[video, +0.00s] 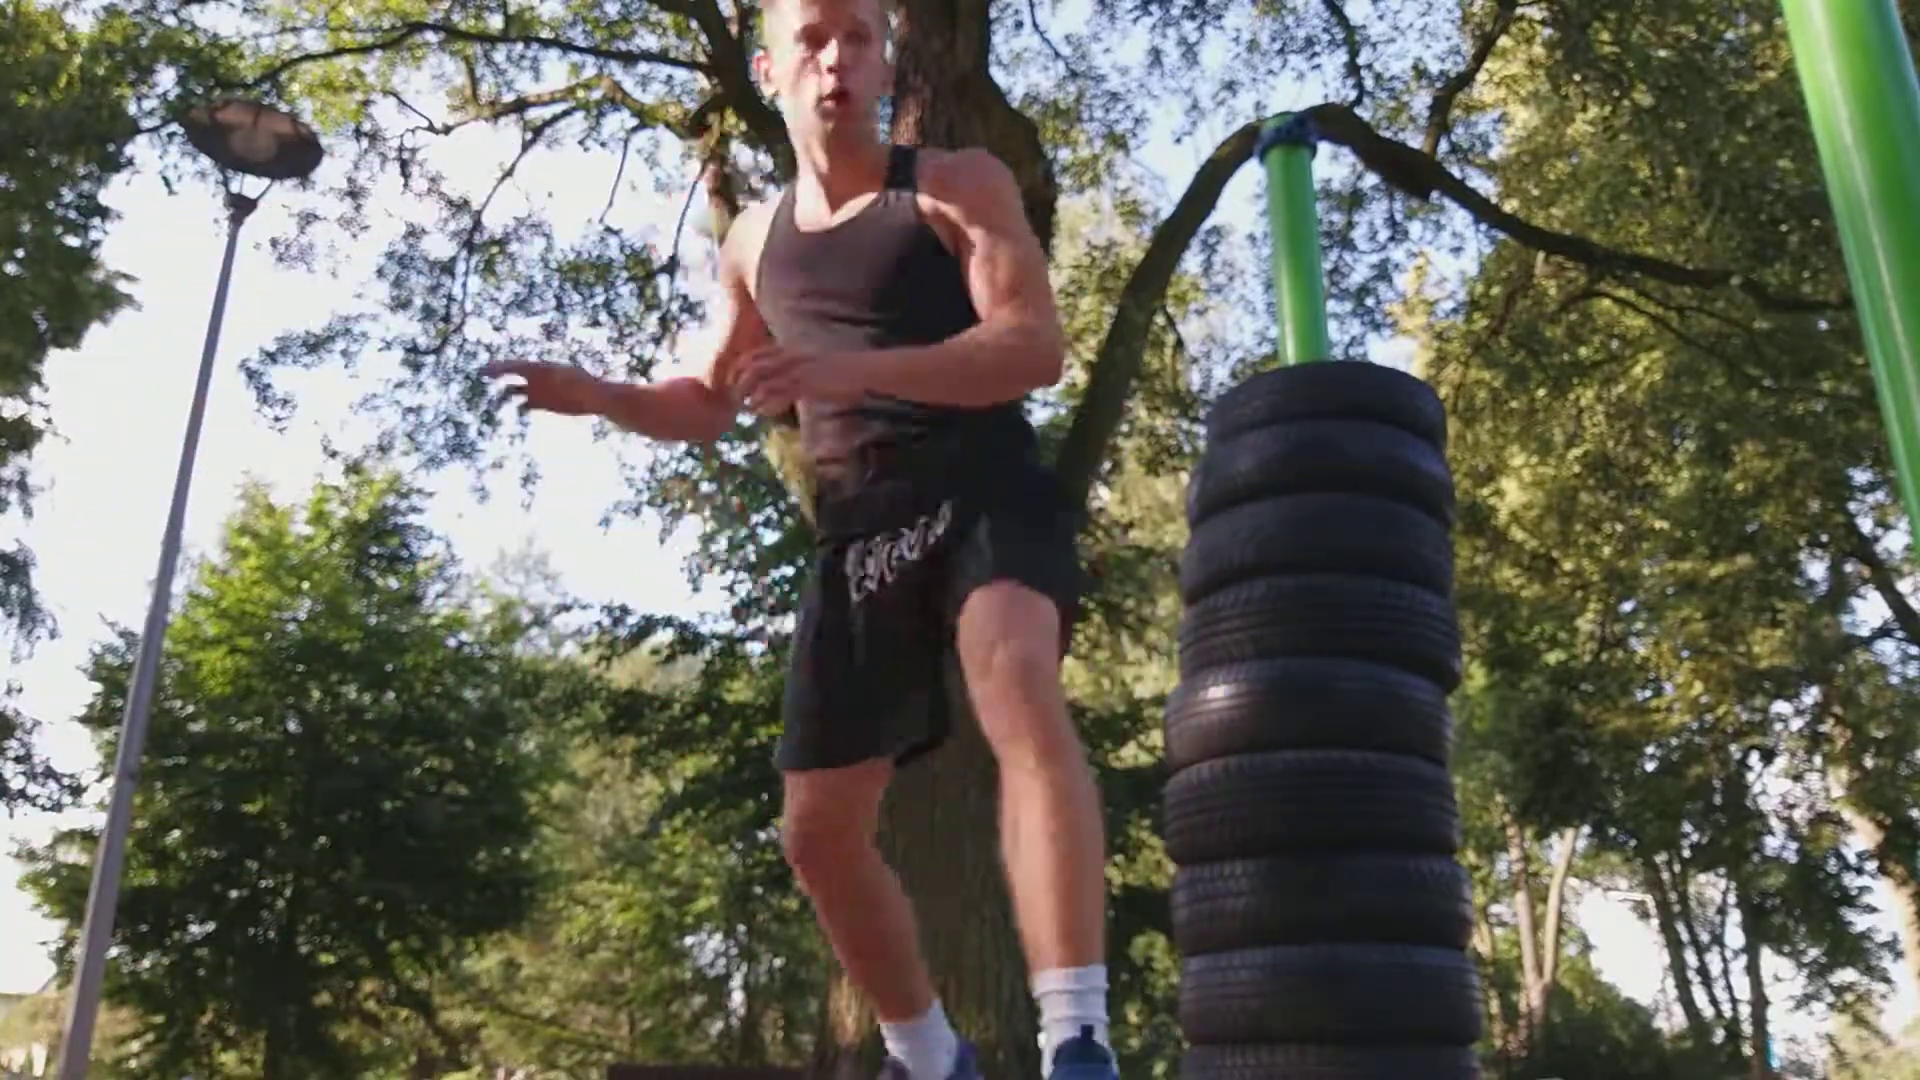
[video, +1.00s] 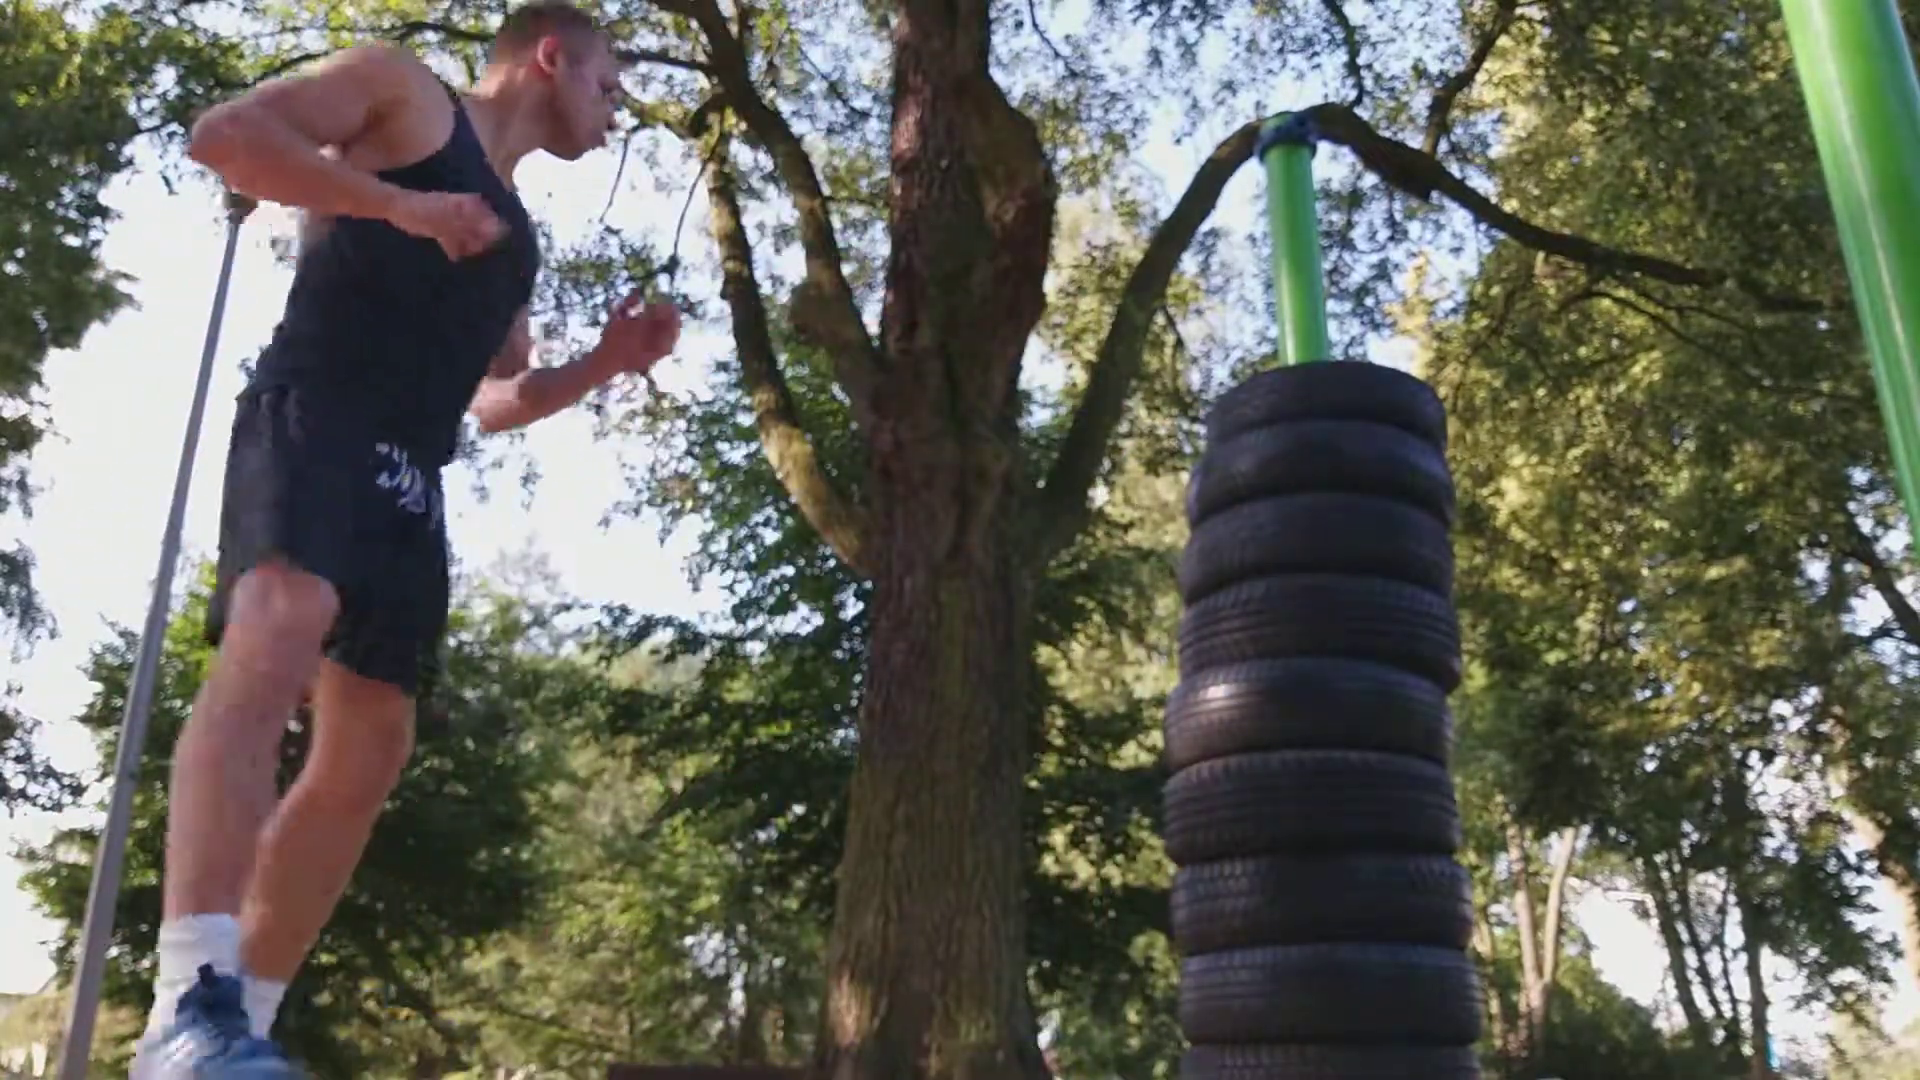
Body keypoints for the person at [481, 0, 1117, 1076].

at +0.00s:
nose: (837, 59)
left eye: (859, 36)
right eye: (811, 40)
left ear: (891, 58)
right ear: (768, 71)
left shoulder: (959, 181)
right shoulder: (755, 238)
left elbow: (1033, 344)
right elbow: (709, 405)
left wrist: (851, 370)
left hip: (984, 493)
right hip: (855, 535)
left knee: (1017, 683)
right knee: (820, 834)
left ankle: (1078, 1039)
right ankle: (933, 1060)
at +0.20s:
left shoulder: (938, 61)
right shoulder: (718, 105)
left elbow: (1022, 219)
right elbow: (634, 287)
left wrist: (844, 185)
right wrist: (607, 163)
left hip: (936, 426)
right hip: (782, 437)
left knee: (1005, 676)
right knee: (640, 642)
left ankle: (1075, 1035)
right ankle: (780, 981)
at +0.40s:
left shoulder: (847, 89)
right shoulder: (609, 48)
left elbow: (930, 276)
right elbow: (479, 88)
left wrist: (982, 280)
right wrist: (618, 13)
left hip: (836, 421)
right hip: (657, 407)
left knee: (940, 665)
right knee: (527, 617)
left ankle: (1057, 1034)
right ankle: (388, 1012)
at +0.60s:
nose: (718, 26)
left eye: (721, 27)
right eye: (711, 16)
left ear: (696, 23)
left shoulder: (676, 94)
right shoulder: (534, 5)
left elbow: (652, 313)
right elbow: (438, 48)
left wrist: (802, 296)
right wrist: (644, 43)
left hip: (657, 384)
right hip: (527, 340)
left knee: (781, 660)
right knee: (460, 597)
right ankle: (369, 1018)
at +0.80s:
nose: (653, 75)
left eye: (657, 52)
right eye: (650, 40)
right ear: (592, 17)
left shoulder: (555, 205)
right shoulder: (444, 47)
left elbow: (544, 405)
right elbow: (292, 141)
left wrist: (678, 356)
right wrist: (478, 202)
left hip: (524, 485)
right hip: (416, 429)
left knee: (518, 786)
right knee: (397, 630)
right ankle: (352, 1024)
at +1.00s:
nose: (620, 99)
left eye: (622, 83)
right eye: (610, 73)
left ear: (553, 70)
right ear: (549, 58)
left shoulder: (517, 243)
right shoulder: (402, 84)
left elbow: (495, 398)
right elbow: (227, 135)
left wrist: (602, 362)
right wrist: (401, 202)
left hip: (410, 477)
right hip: (311, 422)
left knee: (363, 755)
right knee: (272, 648)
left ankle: (239, 1029)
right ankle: (190, 1008)